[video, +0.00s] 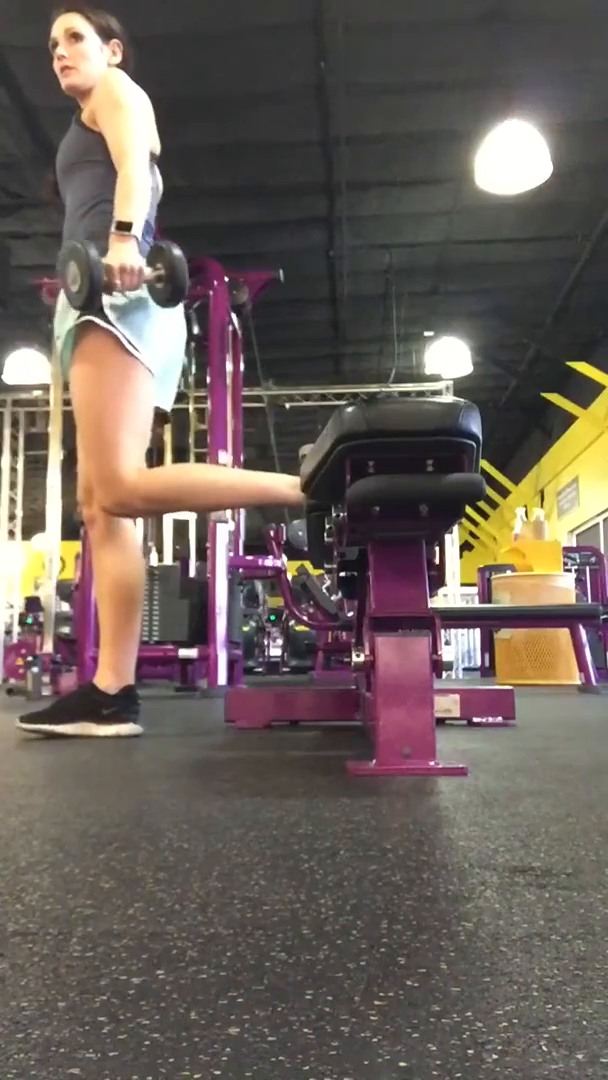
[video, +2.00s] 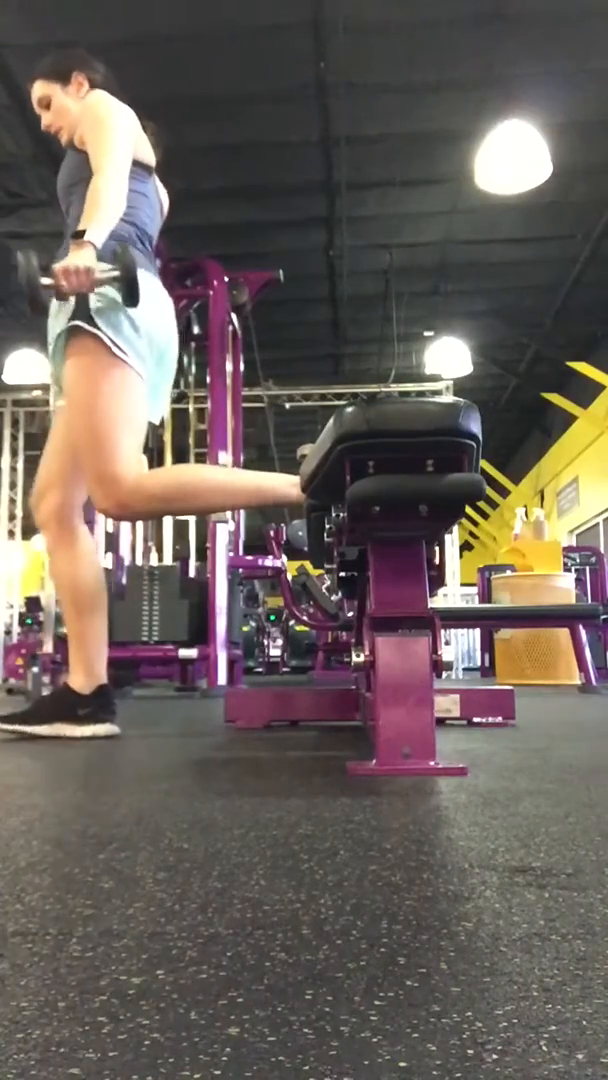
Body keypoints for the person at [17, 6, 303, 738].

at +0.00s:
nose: (60, 53)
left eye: (74, 40)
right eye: (54, 45)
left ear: (112, 50)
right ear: (58, 60)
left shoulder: (116, 91)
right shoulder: (99, 116)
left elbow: (135, 166)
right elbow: (108, 214)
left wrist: (124, 238)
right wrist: (74, 282)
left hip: (119, 298)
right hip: (110, 303)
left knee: (117, 487)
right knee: (100, 505)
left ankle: (305, 490)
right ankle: (112, 690)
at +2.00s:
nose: (46, 123)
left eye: (46, 106)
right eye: (39, 115)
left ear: (79, 83)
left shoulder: (103, 108)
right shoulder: (130, 152)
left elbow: (109, 182)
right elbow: (151, 207)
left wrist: (86, 244)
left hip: (116, 297)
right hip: (135, 311)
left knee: (118, 489)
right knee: (56, 502)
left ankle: (310, 488)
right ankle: (86, 689)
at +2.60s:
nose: (39, 92)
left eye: (46, 77)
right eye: (40, 80)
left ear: (79, 71)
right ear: (98, 80)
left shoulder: (81, 105)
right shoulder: (124, 149)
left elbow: (98, 179)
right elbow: (142, 265)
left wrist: (63, 263)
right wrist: (146, 357)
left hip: (98, 313)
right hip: (120, 325)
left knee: (122, 497)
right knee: (37, 511)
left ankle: (311, 495)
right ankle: (77, 689)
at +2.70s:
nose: (35, 78)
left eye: (41, 63)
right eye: (36, 66)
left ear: (72, 57)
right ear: (95, 66)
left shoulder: (75, 94)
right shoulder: (121, 130)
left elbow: (94, 175)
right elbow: (146, 259)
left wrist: (59, 266)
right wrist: (143, 349)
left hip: (100, 298)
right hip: (118, 309)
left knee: (124, 495)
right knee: (42, 506)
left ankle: (309, 497)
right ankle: (77, 688)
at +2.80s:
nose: (28, 66)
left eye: (34, 51)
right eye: (30, 54)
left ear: (65, 45)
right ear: (86, 53)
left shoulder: (74, 86)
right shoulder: (106, 113)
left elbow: (93, 174)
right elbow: (144, 251)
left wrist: (54, 266)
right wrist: (144, 338)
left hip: (103, 292)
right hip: (112, 302)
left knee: (125, 489)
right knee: (51, 501)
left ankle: (311, 495)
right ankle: (76, 685)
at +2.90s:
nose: (22, 64)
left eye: (28, 48)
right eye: (24, 51)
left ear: (61, 43)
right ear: (75, 49)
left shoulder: (68, 90)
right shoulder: (97, 111)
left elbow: (87, 179)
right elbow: (126, 238)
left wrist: (49, 274)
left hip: (102, 299)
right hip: (104, 306)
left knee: (128, 495)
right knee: (44, 506)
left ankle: (310, 494)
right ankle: (77, 687)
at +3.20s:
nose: (21, 42)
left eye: (29, 26)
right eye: (24, 28)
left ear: (60, 27)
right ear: (70, 31)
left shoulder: (63, 75)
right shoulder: (95, 105)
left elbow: (83, 163)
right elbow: (126, 239)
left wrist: (44, 258)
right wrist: (101, 315)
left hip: (74, 293)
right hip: (89, 297)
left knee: (117, 474)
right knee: (27, 495)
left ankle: (306, 493)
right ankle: (68, 673)